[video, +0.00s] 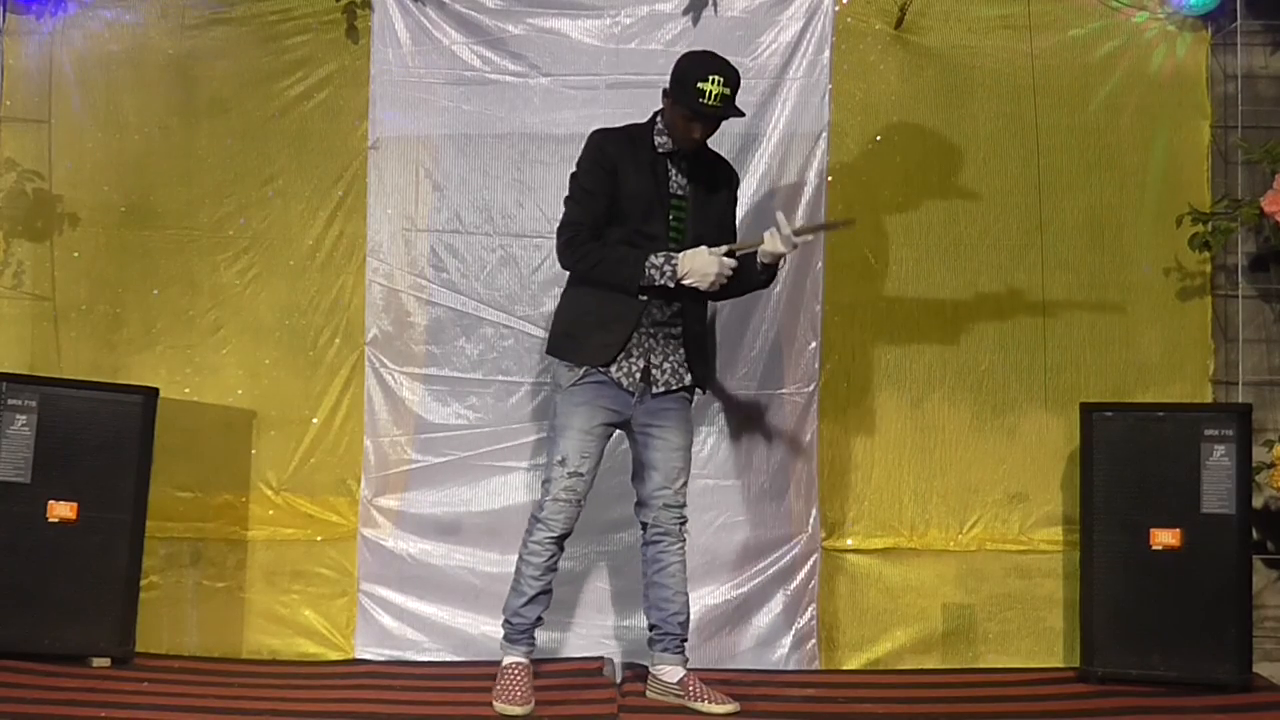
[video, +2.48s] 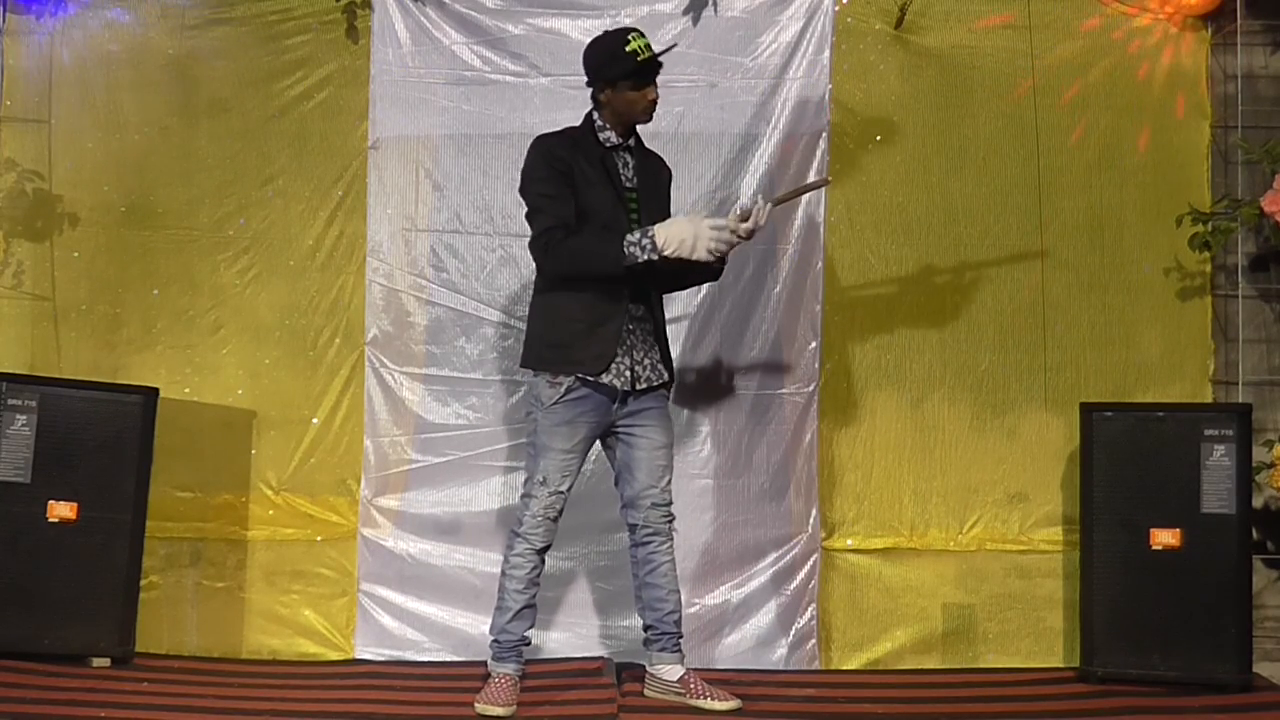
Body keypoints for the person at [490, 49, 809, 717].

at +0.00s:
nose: (703, 130)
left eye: (714, 120)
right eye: (694, 115)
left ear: (724, 116)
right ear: (668, 99)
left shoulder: (718, 177)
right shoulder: (610, 149)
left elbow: (707, 280)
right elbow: (576, 249)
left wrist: (759, 262)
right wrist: (670, 266)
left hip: (671, 377)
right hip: (593, 367)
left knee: (666, 516)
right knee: (561, 505)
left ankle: (668, 668)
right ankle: (517, 654)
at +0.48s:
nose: (631, 122)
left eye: (640, 110)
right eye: (620, 109)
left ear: (650, 106)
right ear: (593, 98)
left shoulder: (654, 168)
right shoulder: (543, 156)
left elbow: (651, 276)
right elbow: (522, 259)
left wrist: (702, 248)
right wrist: (622, 265)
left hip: (630, 380)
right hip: (553, 378)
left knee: (646, 518)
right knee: (527, 522)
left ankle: (666, 669)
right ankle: (502, 669)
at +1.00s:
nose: (669, 128)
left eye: (679, 118)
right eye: (662, 113)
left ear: (683, 116)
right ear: (632, 97)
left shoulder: (668, 174)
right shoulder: (563, 152)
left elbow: (645, 282)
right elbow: (556, 257)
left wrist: (687, 262)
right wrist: (654, 252)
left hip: (638, 373)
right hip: (560, 372)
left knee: (655, 517)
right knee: (532, 519)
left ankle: (666, 670)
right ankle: (504, 667)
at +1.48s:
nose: (666, 97)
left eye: (667, 85)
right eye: (655, 85)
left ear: (644, 89)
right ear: (614, 85)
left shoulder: (655, 168)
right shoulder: (547, 153)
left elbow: (645, 276)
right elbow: (539, 259)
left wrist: (690, 256)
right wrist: (638, 252)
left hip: (633, 372)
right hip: (557, 371)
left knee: (649, 518)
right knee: (530, 521)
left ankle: (665, 669)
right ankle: (504, 668)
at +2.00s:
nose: (656, 82)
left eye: (655, 70)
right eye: (644, 71)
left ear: (627, 80)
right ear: (606, 78)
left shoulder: (651, 169)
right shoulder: (549, 153)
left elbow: (648, 272)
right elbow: (559, 256)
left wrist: (715, 252)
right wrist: (659, 221)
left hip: (642, 374)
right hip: (566, 372)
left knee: (651, 519)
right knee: (536, 522)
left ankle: (665, 669)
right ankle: (506, 669)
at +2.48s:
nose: (656, 93)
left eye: (655, 82)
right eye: (644, 84)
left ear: (635, 88)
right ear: (607, 90)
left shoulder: (653, 170)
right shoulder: (552, 153)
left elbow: (649, 276)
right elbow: (555, 253)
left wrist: (714, 249)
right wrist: (655, 240)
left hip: (644, 372)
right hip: (569, 371)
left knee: (653, 518)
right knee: (538, 520)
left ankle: (665, 668)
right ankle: (505, 669)